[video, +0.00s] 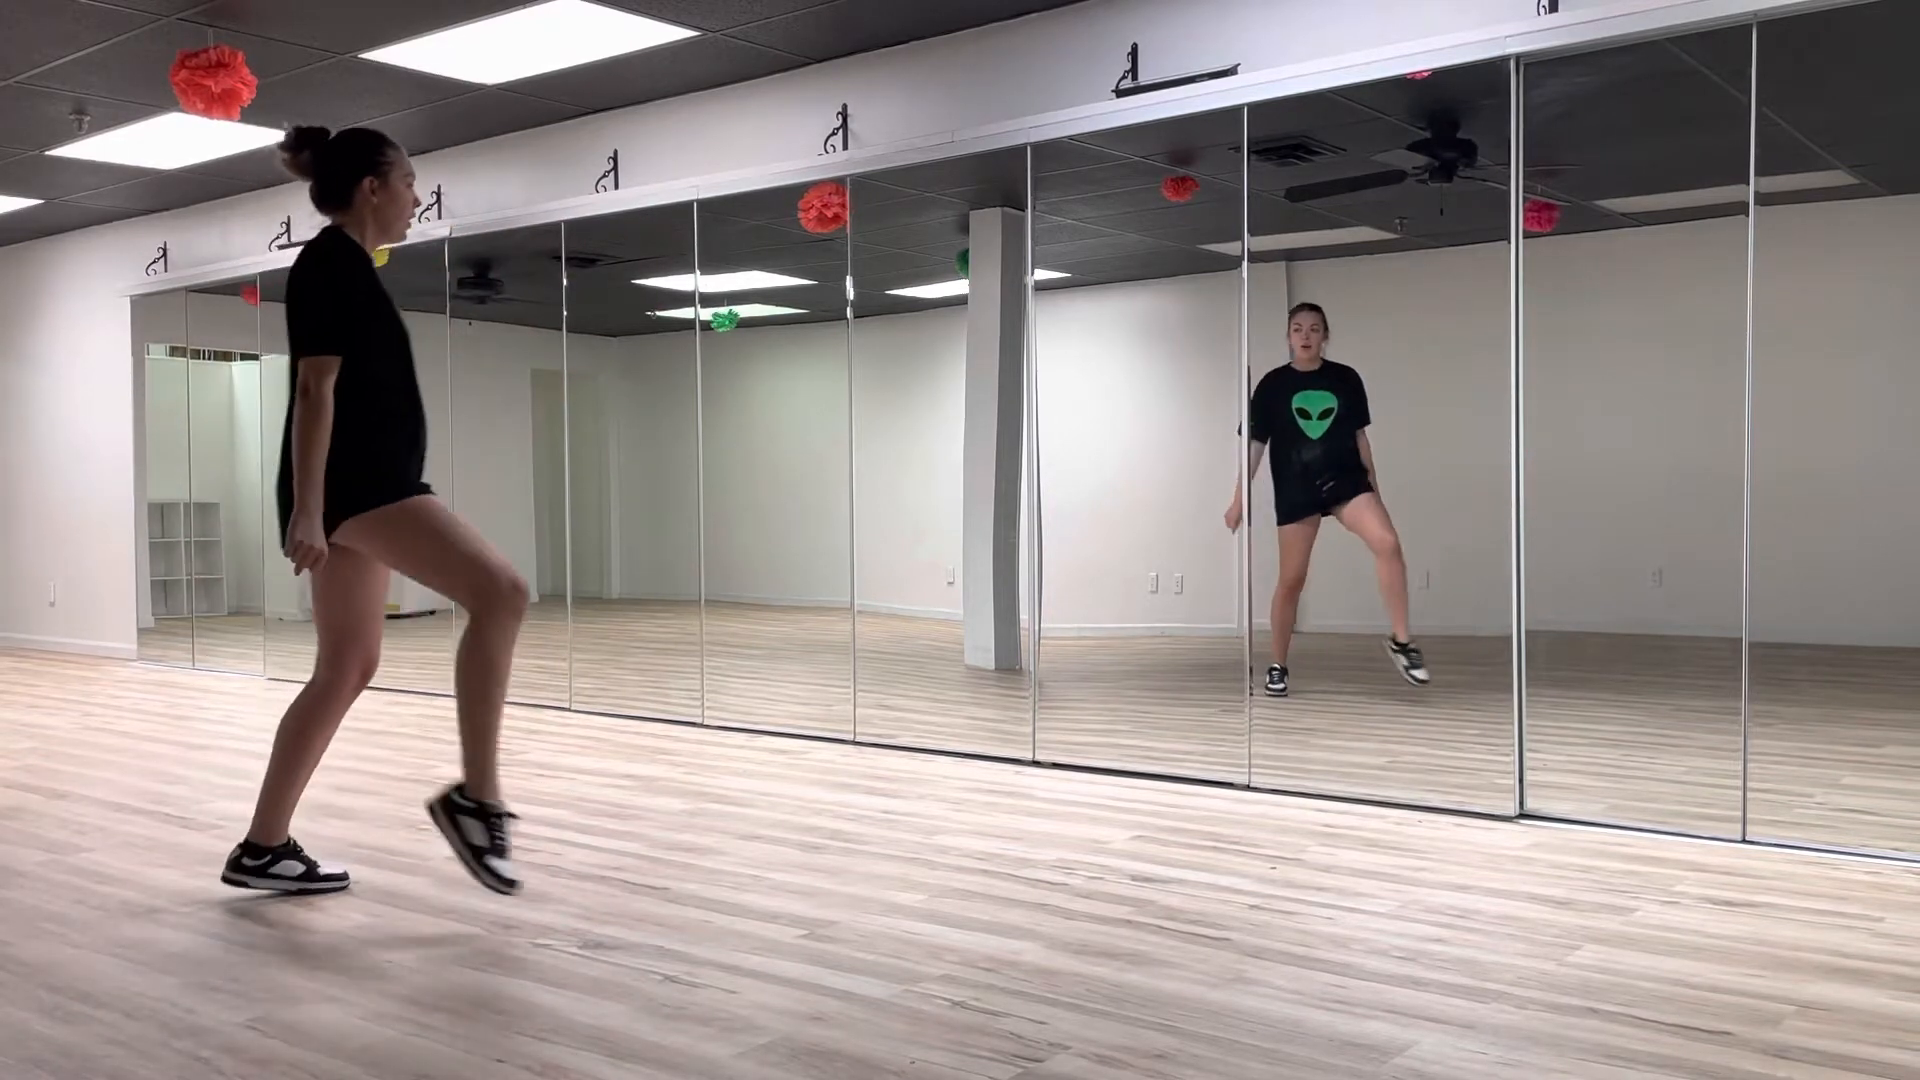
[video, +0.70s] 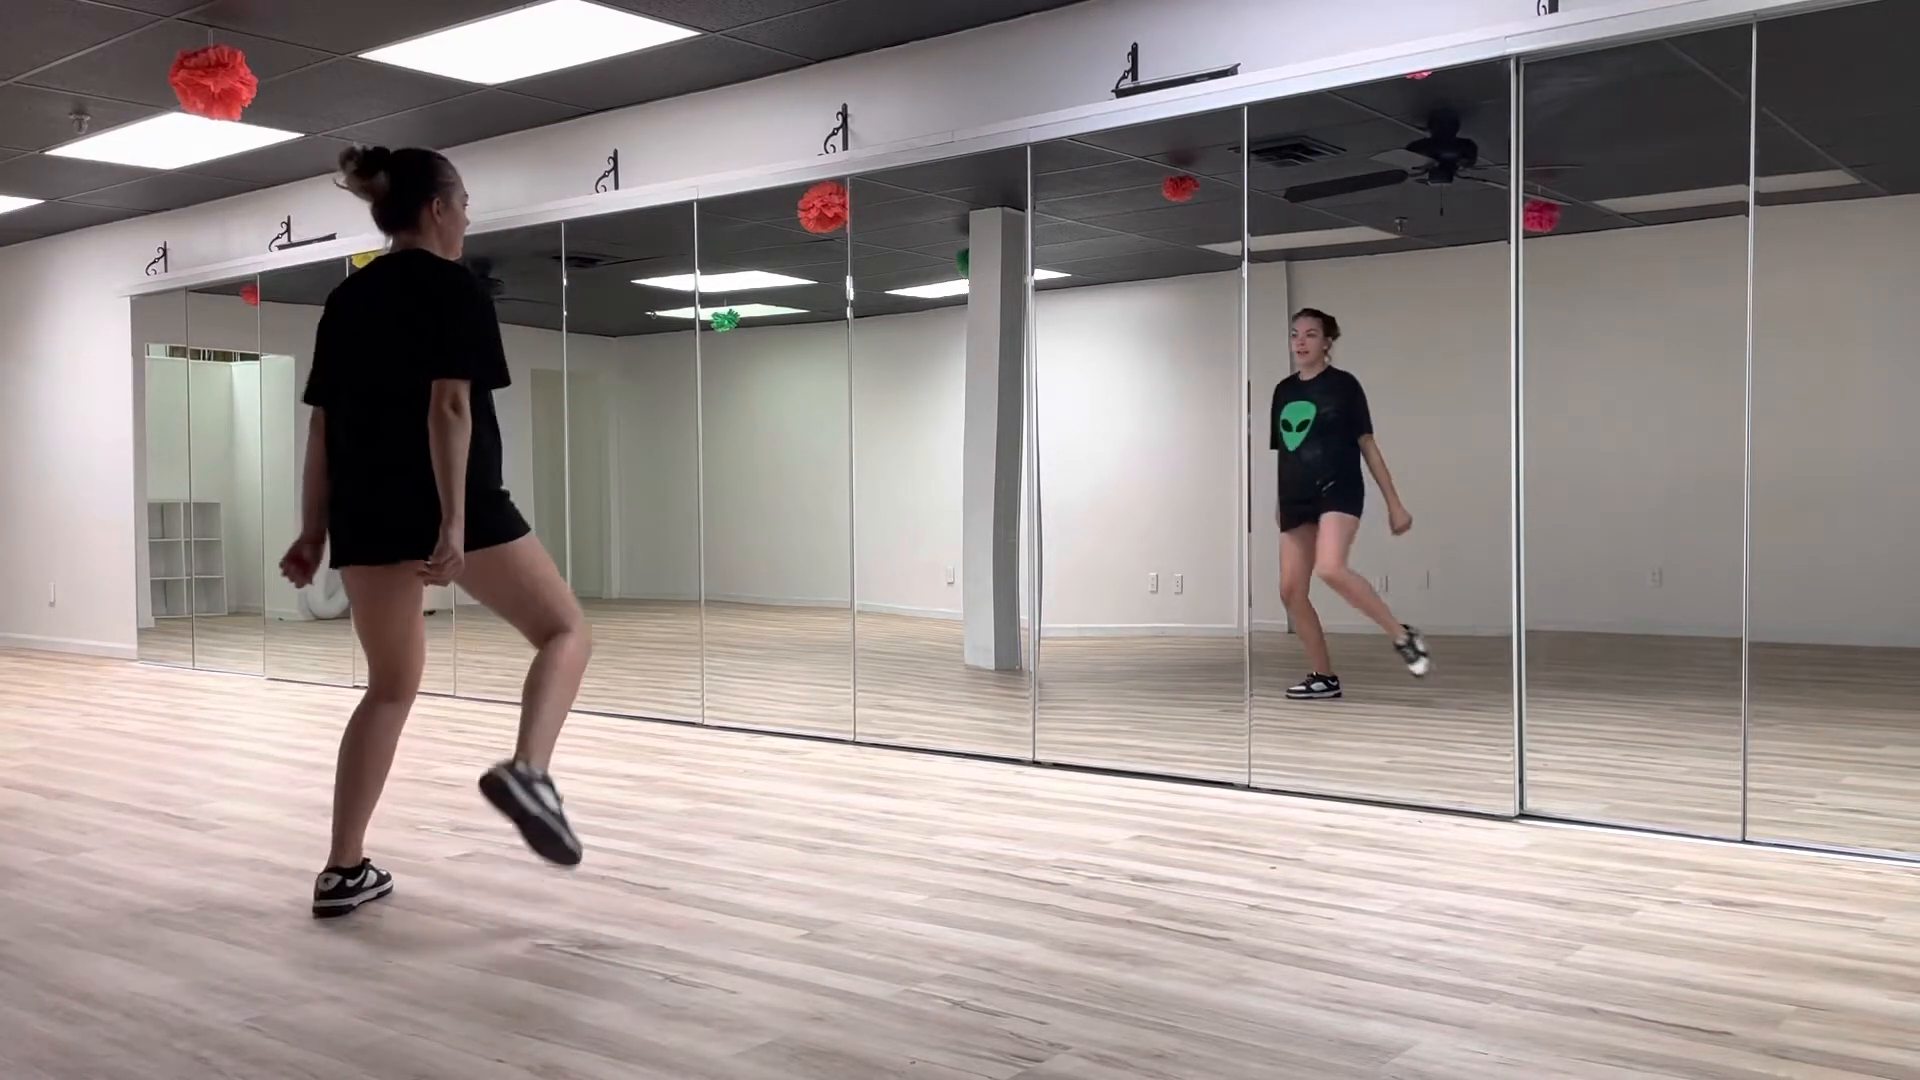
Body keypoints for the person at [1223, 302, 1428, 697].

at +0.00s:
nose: (1306, 335)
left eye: (1314, 329)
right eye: (1298, 329)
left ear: (1325, 336)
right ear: (1287, 336)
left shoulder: (1346, 378)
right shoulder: (1272, 384)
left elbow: (1360, 437)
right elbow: (1255, 446)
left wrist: (1372, 488)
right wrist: (1238, 498)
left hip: (1345, 482)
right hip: (1296, 489)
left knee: (1388, 544)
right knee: (1290, 582)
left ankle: (1402, 641)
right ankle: (1278, 665)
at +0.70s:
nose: (1300, 341)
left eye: (1310, 335)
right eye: (1295, 334)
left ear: (1327, 342)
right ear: (1290, 341)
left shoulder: (1345, 385)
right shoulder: (1284, 390)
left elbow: (1368, 446)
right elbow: (1284, 453)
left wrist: (1394, 504)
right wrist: (1283, 504)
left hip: (1339, 491)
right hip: (1296, 496)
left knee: (1331, 569)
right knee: (1291, 591)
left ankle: (1401, 635)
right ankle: (1323, 677)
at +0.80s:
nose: (1288, 338)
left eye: (1298, 331)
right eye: (1283, 331)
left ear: (1316, 337)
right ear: (1279, 337)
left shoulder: (1332, 381)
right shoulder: (1274, 387)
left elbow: (1354, 444)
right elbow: (1274, 452)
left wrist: (1377, 504)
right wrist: (1274, 502)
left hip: (1328, 484)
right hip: (1287, 491)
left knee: (1296, 557)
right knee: (1288, 588)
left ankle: (1356, 633)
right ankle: (1322, 675)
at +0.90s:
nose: (1278, 332)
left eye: (1288, 325)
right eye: (1274, 325)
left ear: (1306, 331)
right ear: (1269, 331)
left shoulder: (1319, 375)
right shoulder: (1266, 380)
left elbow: (1341, 440)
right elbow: (1263, 438)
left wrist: (1361, 500)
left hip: (1315, 482)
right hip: (1280, 486)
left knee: (1273, 555)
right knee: (1291, 580)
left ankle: (1304, 659)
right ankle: (1321, 670)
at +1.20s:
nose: (1250, 355)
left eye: (1257, 348)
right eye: (1249, 348)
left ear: (1280, 354)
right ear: (1265, 355)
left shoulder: (1284, 397)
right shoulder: (1272, 396)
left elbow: (1295, 461)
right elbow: (1273, 459)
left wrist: (1305, 523)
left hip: (1257, 510)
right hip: (1271, 510)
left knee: (1231, 594)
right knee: (1260, 600)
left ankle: (1257, 692)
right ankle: (1311, 680)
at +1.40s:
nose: (1247, 340)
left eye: (1254, 333)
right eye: (1248, 332)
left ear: (1277, 337)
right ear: (1279, 339)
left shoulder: (1269, 378)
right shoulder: (1302, 381)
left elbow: (1265, 439)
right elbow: (1316, 442)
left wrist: (1236, 489)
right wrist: (1319, 495)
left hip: (1262, 493)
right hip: (1297, 496)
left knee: (1220, 575)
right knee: (1278, 592)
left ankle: (1234, 662)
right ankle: (1313, 681)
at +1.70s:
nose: (1229, 342)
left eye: (1236, 335)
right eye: (1230, 335)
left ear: (1258, 339)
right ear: (1266, 341)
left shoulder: (1241, 378)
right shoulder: (1295, 382)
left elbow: (1218, 436)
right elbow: (1315, 441)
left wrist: (1184, 485)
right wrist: (1327, 493)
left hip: (1234, 486)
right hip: (1283, 492)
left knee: (1186, 559)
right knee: (1282, 591)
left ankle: (1163, 640)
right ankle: (1309, 679)